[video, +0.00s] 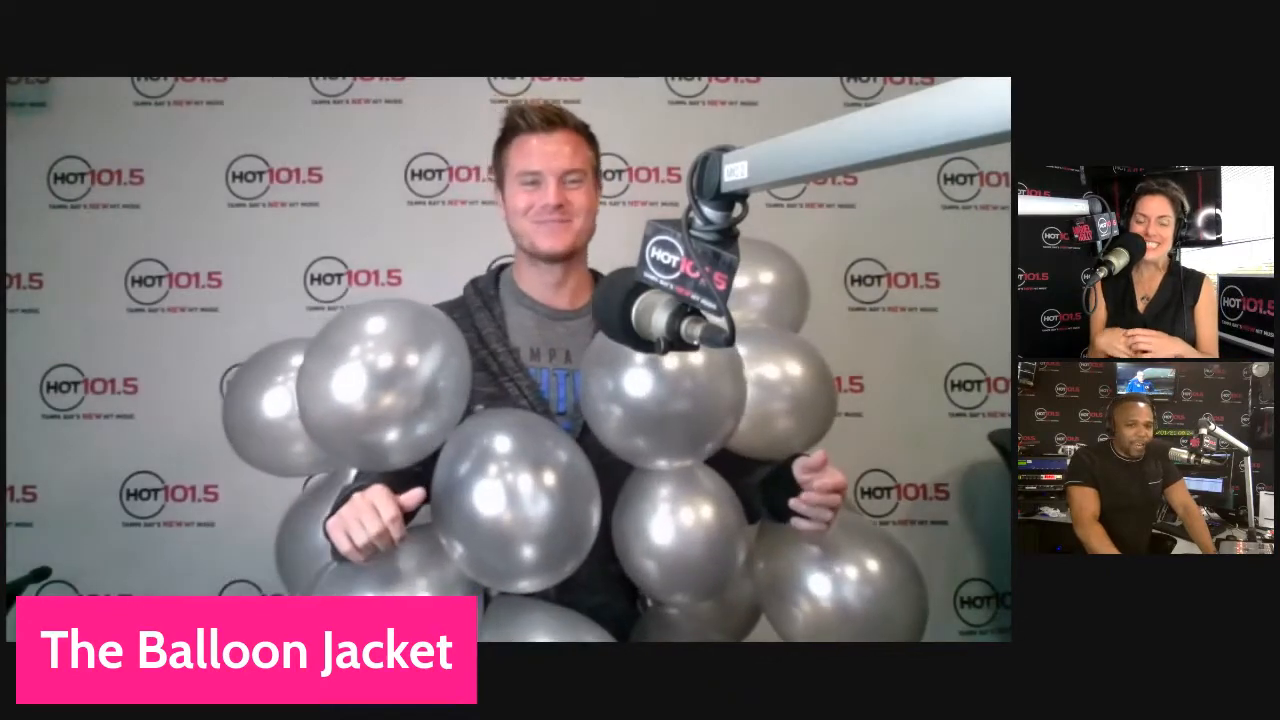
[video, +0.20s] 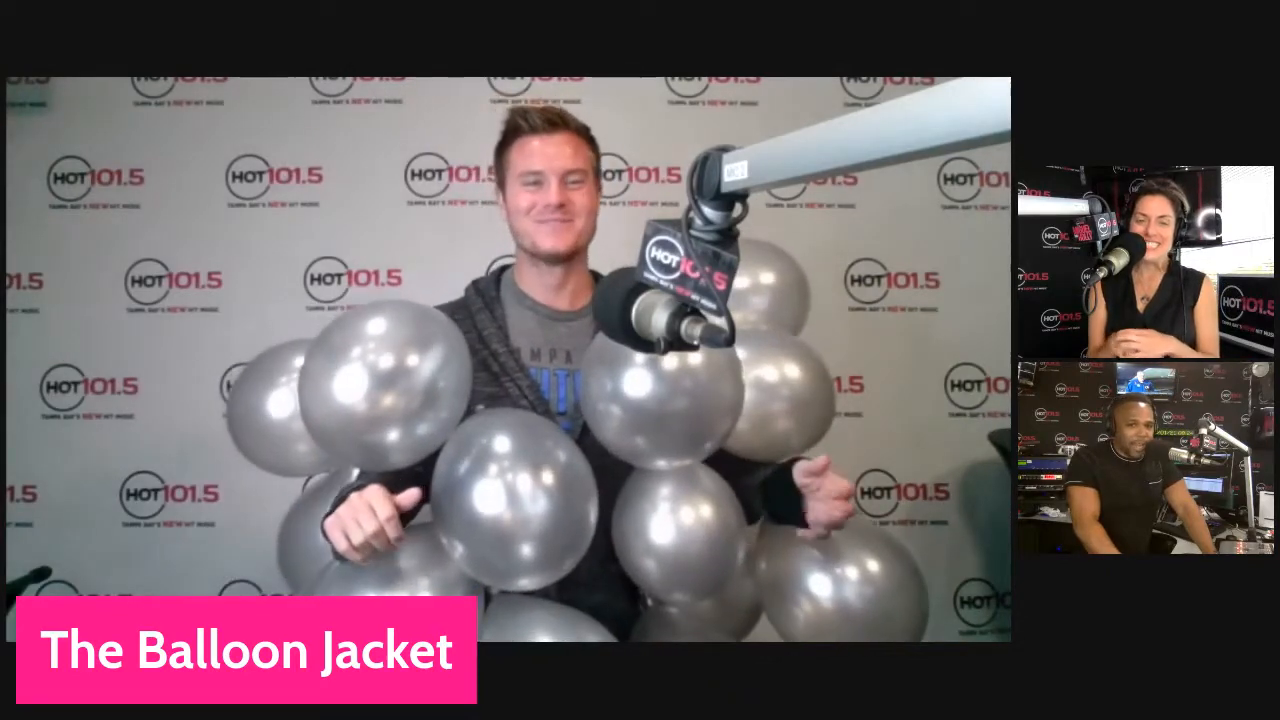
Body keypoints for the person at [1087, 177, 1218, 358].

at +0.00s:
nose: (1150, 231)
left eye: (1163, 223)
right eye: (1141, 220)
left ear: (1177, 230)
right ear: (1127, 224)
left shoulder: (1198, 287)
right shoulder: (1104, 285)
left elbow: (1211, 361)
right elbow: (1093, 359)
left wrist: (1179, 347)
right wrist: (1099, 342)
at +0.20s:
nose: (1150, 231)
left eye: (1163, 222)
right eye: (1141, 220)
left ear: (1177, 230)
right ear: (1128, 224)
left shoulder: (1198, 287)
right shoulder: (1104, 286)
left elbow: (1211, 360)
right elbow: (1093, 356)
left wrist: (1171, 345)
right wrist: (1110, 347)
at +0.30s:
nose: (1150, 231)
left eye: (1163, 222)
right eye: (1141, 220)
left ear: (1177, 230)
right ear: (1127, 224)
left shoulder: (1198, 286)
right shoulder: (1104, 286)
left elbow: (1211, 361)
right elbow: (1094, 355)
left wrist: (1162, 344)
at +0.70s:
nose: (1148, 228)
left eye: (1162, 220)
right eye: (1140, 218)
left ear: (1176, 230)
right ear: (1128, 223)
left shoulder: (1198, 285)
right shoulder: (1104, 285)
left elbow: (1210, 360)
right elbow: (1094, 355)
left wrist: (1163, 345)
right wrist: (1113, 349)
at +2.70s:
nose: (1140, 228)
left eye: (1152, 218)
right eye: (1130, 220)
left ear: (1168, 225)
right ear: (1120, 228)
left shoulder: (1197, 287)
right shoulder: (1101, 289)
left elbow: (1210, 364)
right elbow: (1094, 359)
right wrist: (1136, 356)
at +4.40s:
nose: (1140, 228)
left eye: (1152, 218)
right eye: (1130, 220)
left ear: (1168, 223)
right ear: (1120, 227)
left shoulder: (1196, 288)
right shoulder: (1101, 289)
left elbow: (1209, 367)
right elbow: (1093, 359)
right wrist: (1138, 357)